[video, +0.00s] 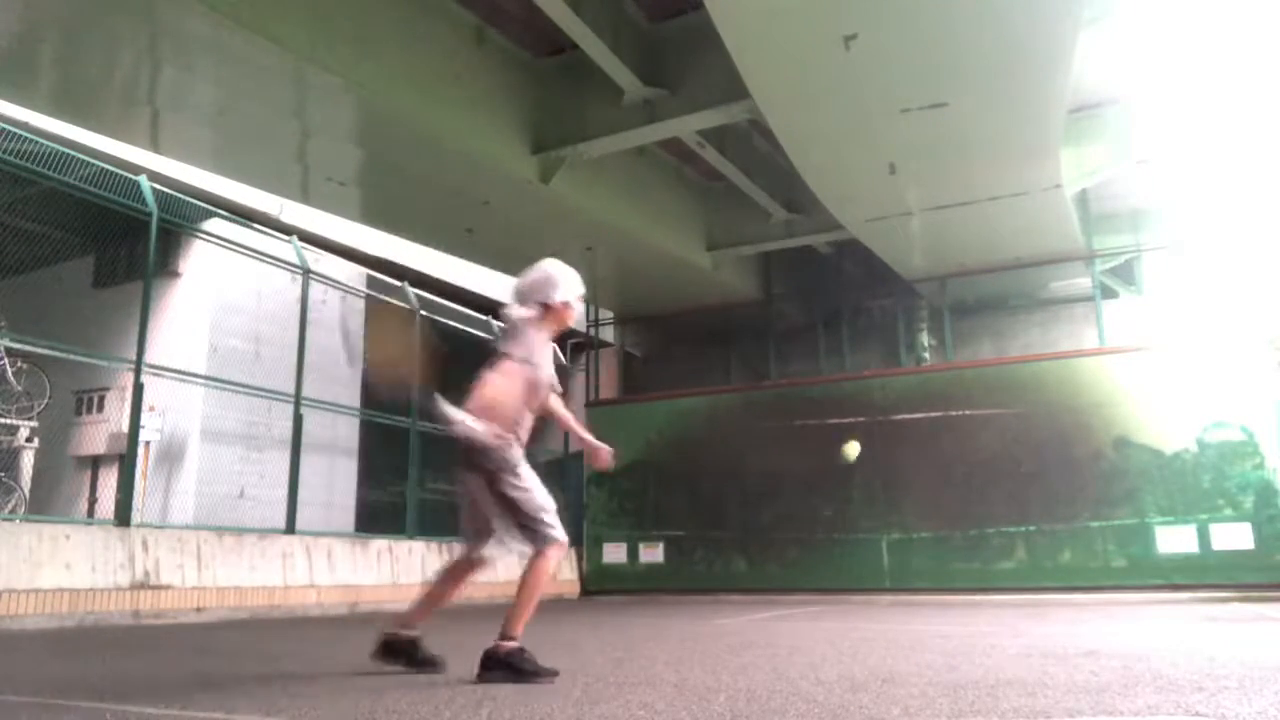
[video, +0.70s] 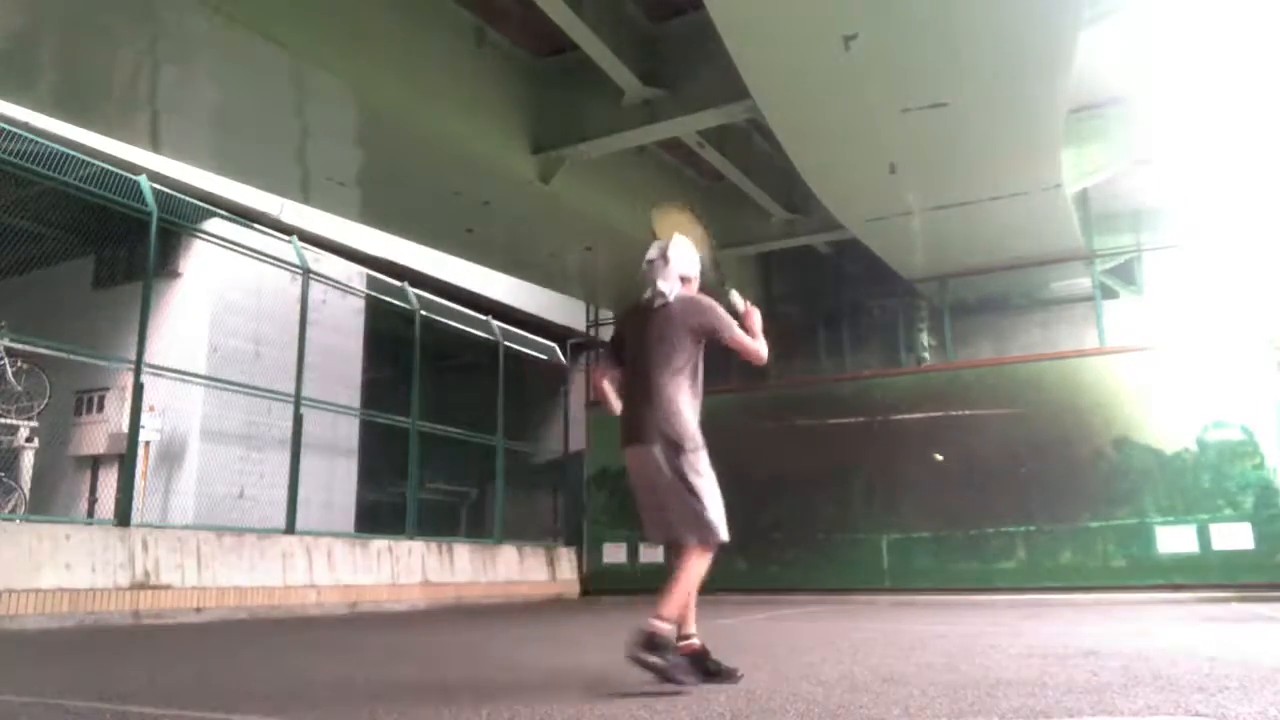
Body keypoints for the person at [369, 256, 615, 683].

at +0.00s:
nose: (577, 311)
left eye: (577, 303)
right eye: (573, 303)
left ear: (546, 303)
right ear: (555, 304)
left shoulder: (539, 346)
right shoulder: (530, 338)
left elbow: (550, 401)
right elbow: (495, 386)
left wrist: (590, 442)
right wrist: (479, 416)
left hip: (478, 447)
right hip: (495, 447)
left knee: (479, 551)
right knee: (552, 543)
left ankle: (402, 634)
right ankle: (506, 647)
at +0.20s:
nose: (631, 328)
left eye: (631, 319)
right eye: (628, 318)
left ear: (592, 313)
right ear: (608, 315)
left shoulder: (559, 345)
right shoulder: (599, 352)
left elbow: (535, 400)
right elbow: (657, 406)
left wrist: (576, 426)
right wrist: (715, 429)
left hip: (514, 447)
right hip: (528, 450)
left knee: (579, 528)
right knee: (570, 547)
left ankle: (573, 635)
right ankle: (509, 645)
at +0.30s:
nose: (654, 324)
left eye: (654, 316)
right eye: (652, 316)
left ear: (611, 311)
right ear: (637, 314)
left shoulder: (575, 341)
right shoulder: (630, 344)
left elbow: (537, 384)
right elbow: (692, 376)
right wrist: (741, 379)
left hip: (543, 455)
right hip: (557, 458)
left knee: (611, 533)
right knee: (586, 553)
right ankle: (512, 642)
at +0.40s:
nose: (672, 316)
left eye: (671, 309)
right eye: (670, 309)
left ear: (630, 305)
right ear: (659, 308)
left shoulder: (593, 342)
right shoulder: (655, 336)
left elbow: (542, 378)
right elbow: (725, 355)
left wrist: (556, 429)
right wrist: (741, 330)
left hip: (582, 461)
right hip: (602, 465)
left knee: (653, 543)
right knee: (626, 559)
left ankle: (681, 649)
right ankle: (526, 633)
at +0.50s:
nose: (686, 315)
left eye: (685, 309)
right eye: (684, 309)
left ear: (642, 307)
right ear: (674, 309)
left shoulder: (613, 348)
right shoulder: (675, 337)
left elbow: (561, 388)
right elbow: (746, 345)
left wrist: (565, 446)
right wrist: (742, 306)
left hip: (616, 470)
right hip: (642, 470)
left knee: (694, 540)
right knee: (663, 568)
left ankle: (687, 648)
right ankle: (555, 622)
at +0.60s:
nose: (694, 299)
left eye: (692, 293)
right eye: (692, 293)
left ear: (651, 293)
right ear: (683, 293)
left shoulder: (630, 335)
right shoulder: (686, 322)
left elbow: (583, 385)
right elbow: (757, 344)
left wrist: (594, 446)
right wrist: (747, 308)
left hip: (632, 452)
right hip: (661, 450)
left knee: (694, 550)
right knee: (693, 551)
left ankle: (687, 648)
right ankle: (604, 622)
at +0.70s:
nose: (698, 282)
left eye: (694, 276)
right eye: (697, 275)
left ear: (653, 275)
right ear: (690, 276)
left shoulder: (632, 317)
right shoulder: (698, 307)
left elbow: (603, 375)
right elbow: (758, 355)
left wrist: (625, 414)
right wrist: (754, 324)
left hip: (637, 438)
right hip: (676, 434)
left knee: (681, 542)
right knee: (707, 537)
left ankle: (688, 644)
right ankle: (657, 632)